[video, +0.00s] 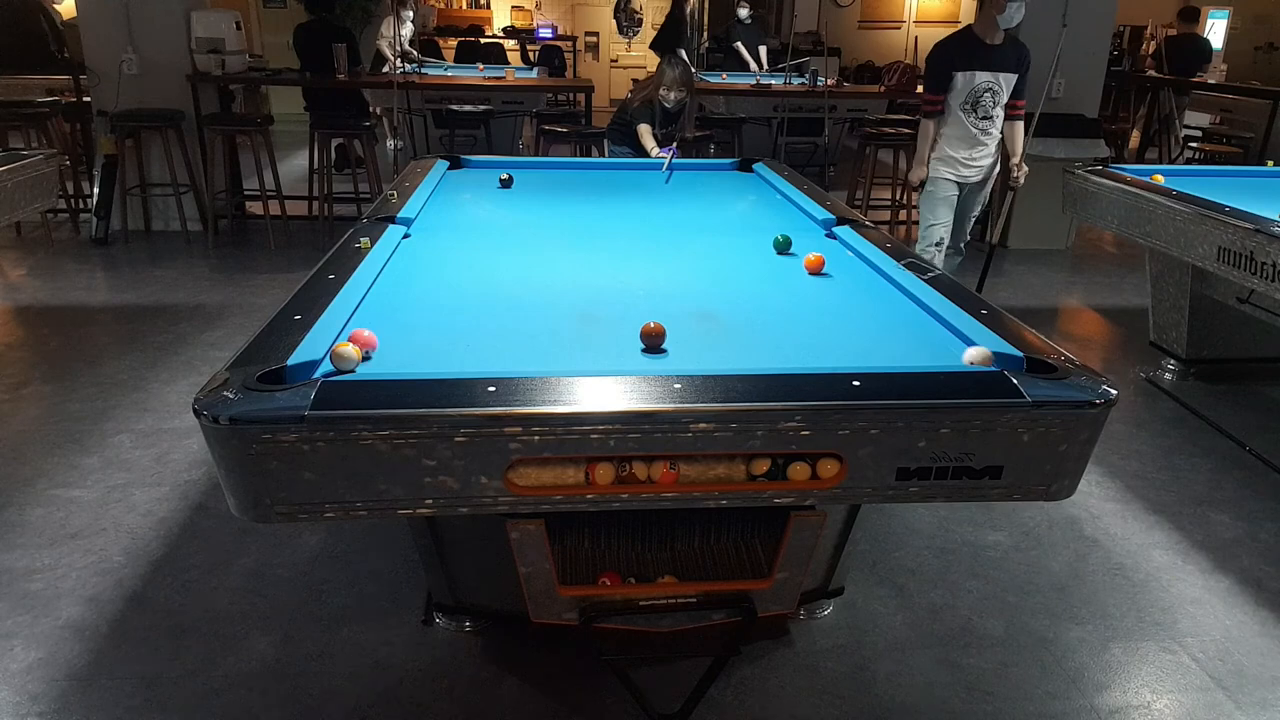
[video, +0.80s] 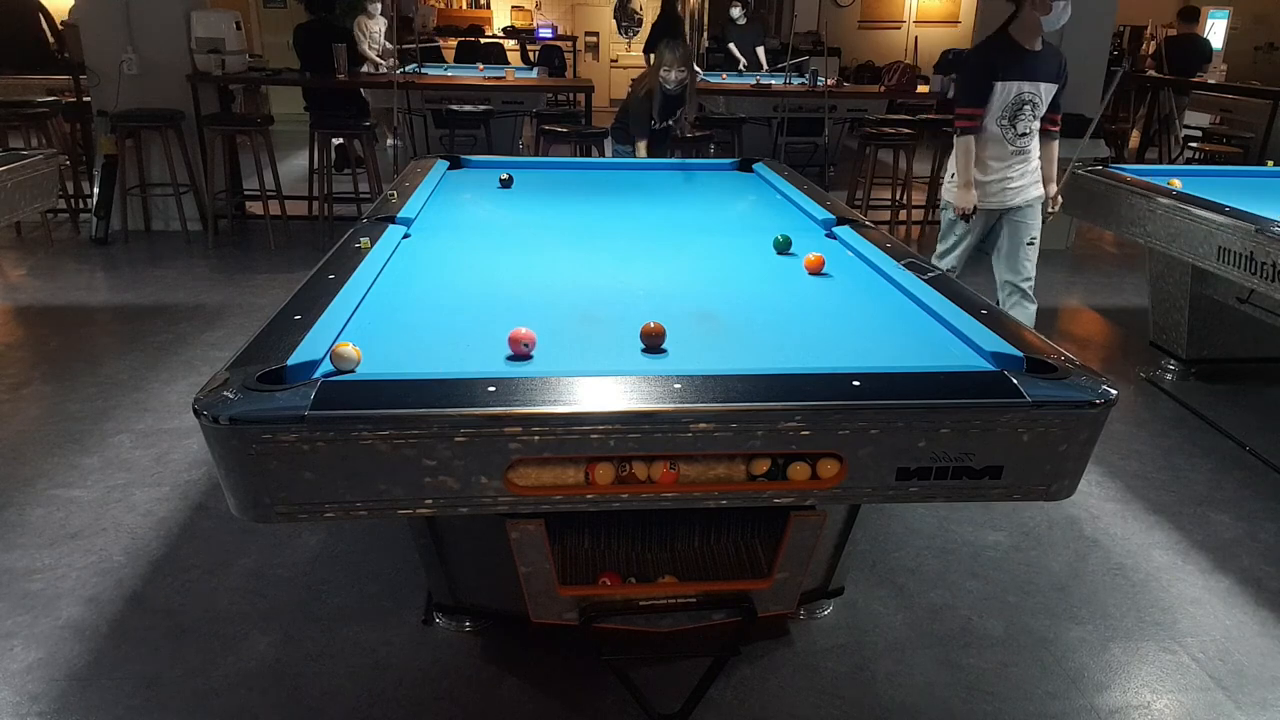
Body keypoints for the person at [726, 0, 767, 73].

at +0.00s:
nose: (741, 11)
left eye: (744, 8)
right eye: (739, 8)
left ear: (750, 12)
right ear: (736, 10)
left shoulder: (757, 25)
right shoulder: (732, 26)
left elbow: (762, 45)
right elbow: (738, 45)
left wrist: (765, 65)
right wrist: (751, 63)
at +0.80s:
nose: (733, 10)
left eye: (736, 7)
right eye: (731, 7)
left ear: (744, 10)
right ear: (729, 10)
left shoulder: (754, 25)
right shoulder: (728, 26)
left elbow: (759, 46)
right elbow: (730, 44)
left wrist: (765, 65)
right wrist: (741, 59)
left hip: (752, 69)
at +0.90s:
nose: (731, 10)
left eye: (735, 7)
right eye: (730, 7)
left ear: (742, 10)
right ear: (727, 10)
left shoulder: (753, 25)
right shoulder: (727, 26)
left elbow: (758, 46)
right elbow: (727, 44)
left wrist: (764, 65)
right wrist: (735, 56)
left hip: (752, 69)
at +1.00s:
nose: (731, 9)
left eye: (734, 6)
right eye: (729, 6)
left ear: (742, 10)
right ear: (727, 9)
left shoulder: (753, 25)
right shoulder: (726, 26)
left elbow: (758, 46)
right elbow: (724, 43)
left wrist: (764, 65)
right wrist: (728, 54)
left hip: (752, 70)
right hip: (733, 70)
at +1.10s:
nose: (731, 10)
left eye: (734, 7)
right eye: (729, 7)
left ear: (741, 9)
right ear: (727, 10)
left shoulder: (752, 26)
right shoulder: (725, 26)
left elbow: (758, 47)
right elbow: (722, 45)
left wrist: (765, 66)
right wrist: (721, 56)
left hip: (751, 72)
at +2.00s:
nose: (734, 10)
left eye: (737, 6)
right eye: (732, 7)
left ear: (744, 9)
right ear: (730, 9)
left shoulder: (753, 25)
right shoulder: (728, 25)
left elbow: (759, 46)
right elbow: (723, 44)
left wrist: (764, 66)